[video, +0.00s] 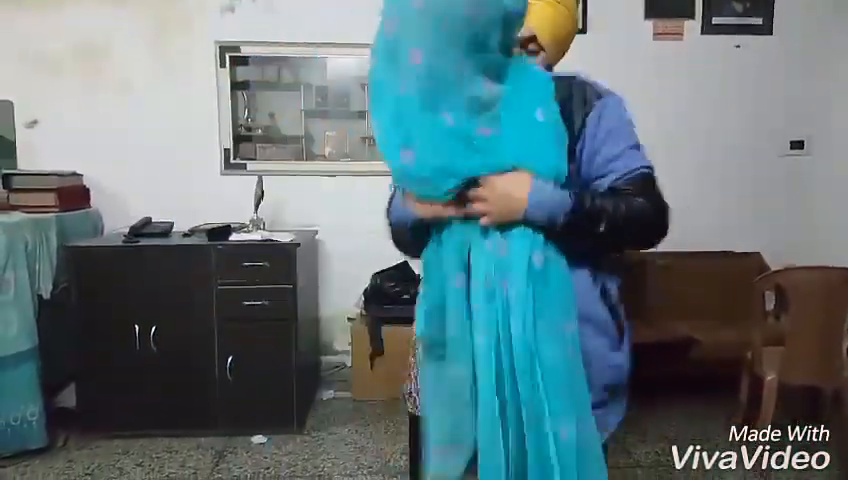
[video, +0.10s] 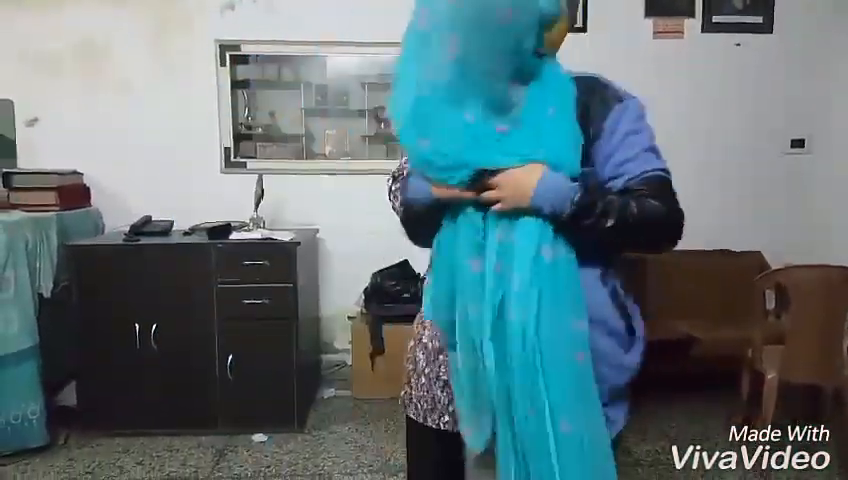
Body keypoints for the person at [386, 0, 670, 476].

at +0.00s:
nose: (517, 48)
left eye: (531, 39)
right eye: (504, 36)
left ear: (563, 35)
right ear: (480, 35)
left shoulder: (588, 105)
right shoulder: (451, 106)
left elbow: (646, 214)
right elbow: (406, 236)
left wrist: (536, 201)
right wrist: (414, 209)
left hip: (568, 366)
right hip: (461, 369)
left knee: (563, 466)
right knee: (460, 468)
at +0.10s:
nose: (530, 31)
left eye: (546, 18)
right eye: (517, 17)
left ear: (565, 23)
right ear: (489, 20)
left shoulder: (597, 104)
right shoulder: (459, 101)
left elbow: (661, 218)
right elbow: (416, 227)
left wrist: (552, 192)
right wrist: (423, 189)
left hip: (568, 358)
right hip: (453, 355)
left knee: (564, 468)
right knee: (433, 470)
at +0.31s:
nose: (474, 43)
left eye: (487, 30)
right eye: (464, 30)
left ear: (511, 39)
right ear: (448, 44)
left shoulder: (537, 105)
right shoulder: (422, 103)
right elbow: (402, 183)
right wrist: (455, 124)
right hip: (436, 320)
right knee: (422, 464)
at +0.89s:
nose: (410, 28)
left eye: (425, 16)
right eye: (395, 18)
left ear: (451, 33)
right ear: (374, 44)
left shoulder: (477, 97)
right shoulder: (358, 103)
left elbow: (520, 146)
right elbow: (331, 153)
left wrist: (446, 68)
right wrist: (388, 76)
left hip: (482, 344)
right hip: (389, 349)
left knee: (501, 471)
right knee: (395, 473)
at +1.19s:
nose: (411, 50)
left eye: (426, 35)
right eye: (396, 36)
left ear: (452, 41)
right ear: (377, 45)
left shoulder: (484, 105)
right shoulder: (360, 113)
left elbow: (524, 189)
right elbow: (324, 201)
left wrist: (477, 96)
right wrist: (357, 100)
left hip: (483, 341)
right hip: (389, 347)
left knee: (501, 471)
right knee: (395, 472)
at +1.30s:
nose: (397, 77)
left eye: (414, 65)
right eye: (390, 61)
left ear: (449, 65)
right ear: (382, 56)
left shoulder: (493, 116)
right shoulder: (361, 128)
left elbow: (524, 216)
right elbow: (337, 225)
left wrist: (492, 190)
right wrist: (364, 188)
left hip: (484, 337)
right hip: (390, 340)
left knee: (500, 470)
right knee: (391, 471)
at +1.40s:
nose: (421, 101)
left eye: (435, 87)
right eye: (407, 87)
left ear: (459, 79)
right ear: (391, 80)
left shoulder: (500, 138)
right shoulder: (362, 144)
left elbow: (514, 246)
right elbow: (345, 250)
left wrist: (484, 238)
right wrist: (364, 228)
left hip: (488, 364)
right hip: (390, 367)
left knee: (499, 472)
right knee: (390, 473)